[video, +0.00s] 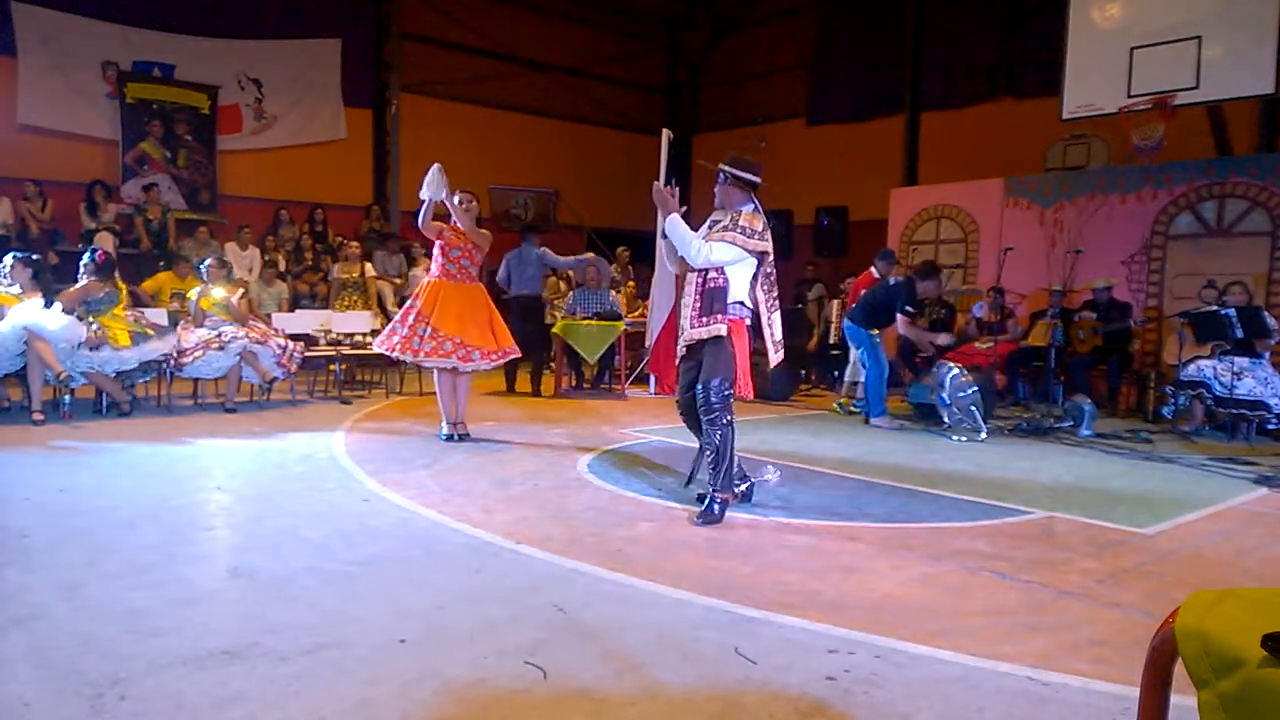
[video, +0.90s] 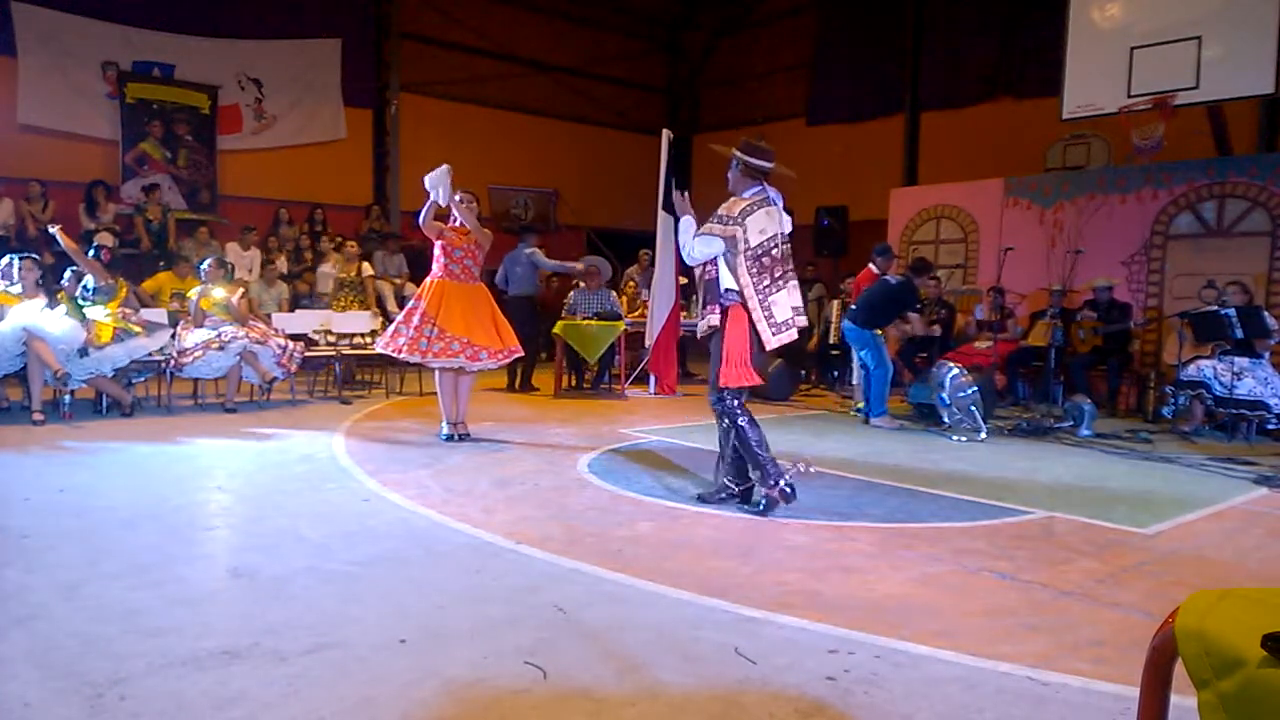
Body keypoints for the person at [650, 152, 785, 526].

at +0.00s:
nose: (714, 189)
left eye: (719, 183)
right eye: (716, 182)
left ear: (733, 187)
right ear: (739, 188)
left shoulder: (747, 226)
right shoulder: (719, 220)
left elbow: (700, 255)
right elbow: (680, 262)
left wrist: (670, 216)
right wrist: (669, 219)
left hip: (727, 324)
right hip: (701, 324)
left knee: (714, 402)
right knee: (688, 405)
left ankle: (720, 492)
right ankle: (734, 476)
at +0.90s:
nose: (727, 173)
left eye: (731, 168)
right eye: (730, 167)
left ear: (740, 172)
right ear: (761, 175)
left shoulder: (734, 212)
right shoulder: (771, 205)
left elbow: (693, 251)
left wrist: (686, 216)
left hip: (738, 312)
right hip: (755, 310)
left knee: (726, 398)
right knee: (727, 397)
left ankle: (774, 482)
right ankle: (734, 484)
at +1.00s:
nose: (732, 176)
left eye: (736, 170)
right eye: (736, 169)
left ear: (745, 174)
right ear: (766, 177)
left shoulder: (735, 214)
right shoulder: (778, 209)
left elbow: (695, 254)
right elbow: (738, 250)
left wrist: (686, 223)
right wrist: (708, 229)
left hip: (743, 317)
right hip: (765, 315)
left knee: (736, 399)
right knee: (727, 393)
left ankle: (782, 486)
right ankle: (735, 480)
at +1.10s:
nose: (736, 179)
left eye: (739, 173)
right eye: (739, 173)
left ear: (747, 176)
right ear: (772, 178)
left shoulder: (735, 218)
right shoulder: (792, 216)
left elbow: (697, 261)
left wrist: (695, 227)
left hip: (752, 325)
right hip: (783, 323)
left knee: (731, 400)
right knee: (736, 399)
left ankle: (781, 486)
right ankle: (738, 481)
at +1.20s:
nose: (740, 185)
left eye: (742, 179)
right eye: (742, 179)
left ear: (749, 183)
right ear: (777, 183)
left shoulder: (739, 222)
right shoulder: (794, 218)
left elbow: (701, 265)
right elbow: (751, 258)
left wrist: (698, 229)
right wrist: (725, 224)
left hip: (753, 326)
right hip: (787, 324)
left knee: (725, 404)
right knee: (741, 400)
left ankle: (778, 483)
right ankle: (743, 481)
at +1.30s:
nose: (744, 189)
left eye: (747, 183)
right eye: (746, 183)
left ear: (754, 185)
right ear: (782, 187)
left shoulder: (742, 227)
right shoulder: (799, 225)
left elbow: (704, 270)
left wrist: (705, 232)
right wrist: (730, 229)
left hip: (751, 328)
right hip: (785, 326)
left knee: (722, 405)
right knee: (746, 398)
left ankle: (776, 482)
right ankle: (740, 473)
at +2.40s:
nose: (777, 191)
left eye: (781, 187)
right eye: (780, 185)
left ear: (790, 192)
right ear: (813, 196)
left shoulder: (769, 229)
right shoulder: (826, 232)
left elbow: (724, 265)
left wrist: (733, 238)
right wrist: (748, 239)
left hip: (762, 331)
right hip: (801, 334)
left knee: (735, 408)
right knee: (769, 406)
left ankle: (787, 484)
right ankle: (755, 479)